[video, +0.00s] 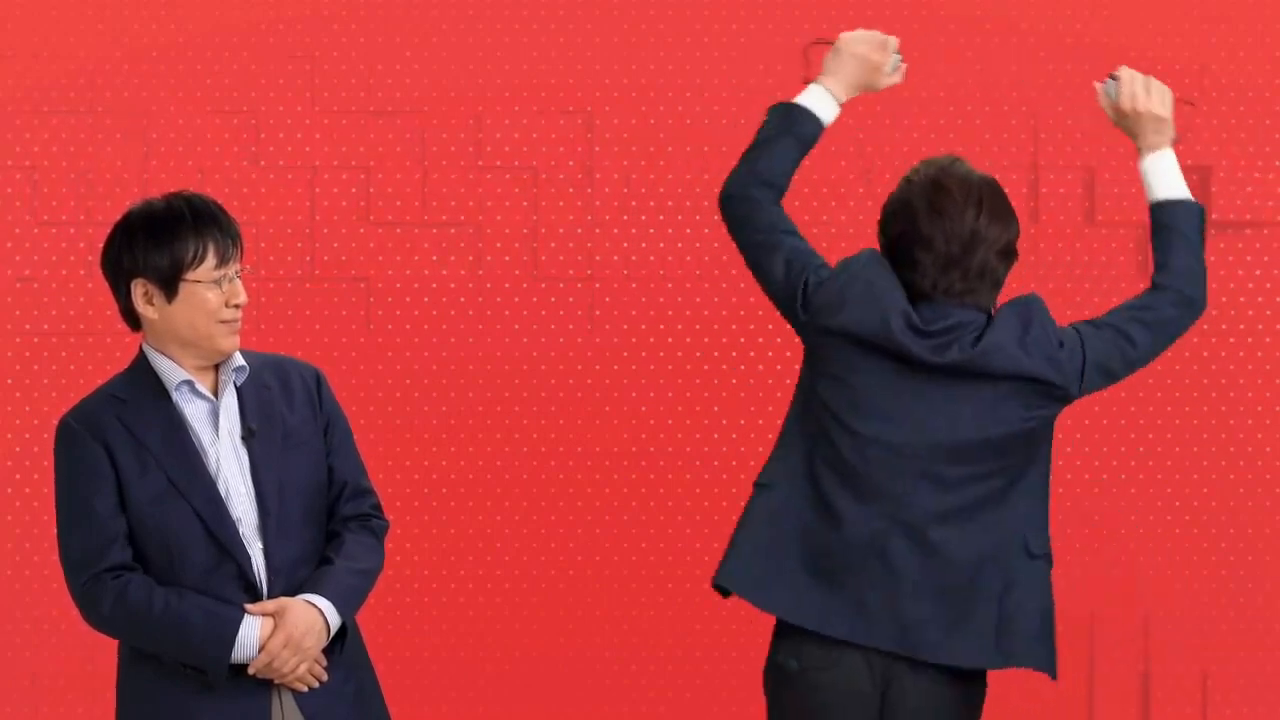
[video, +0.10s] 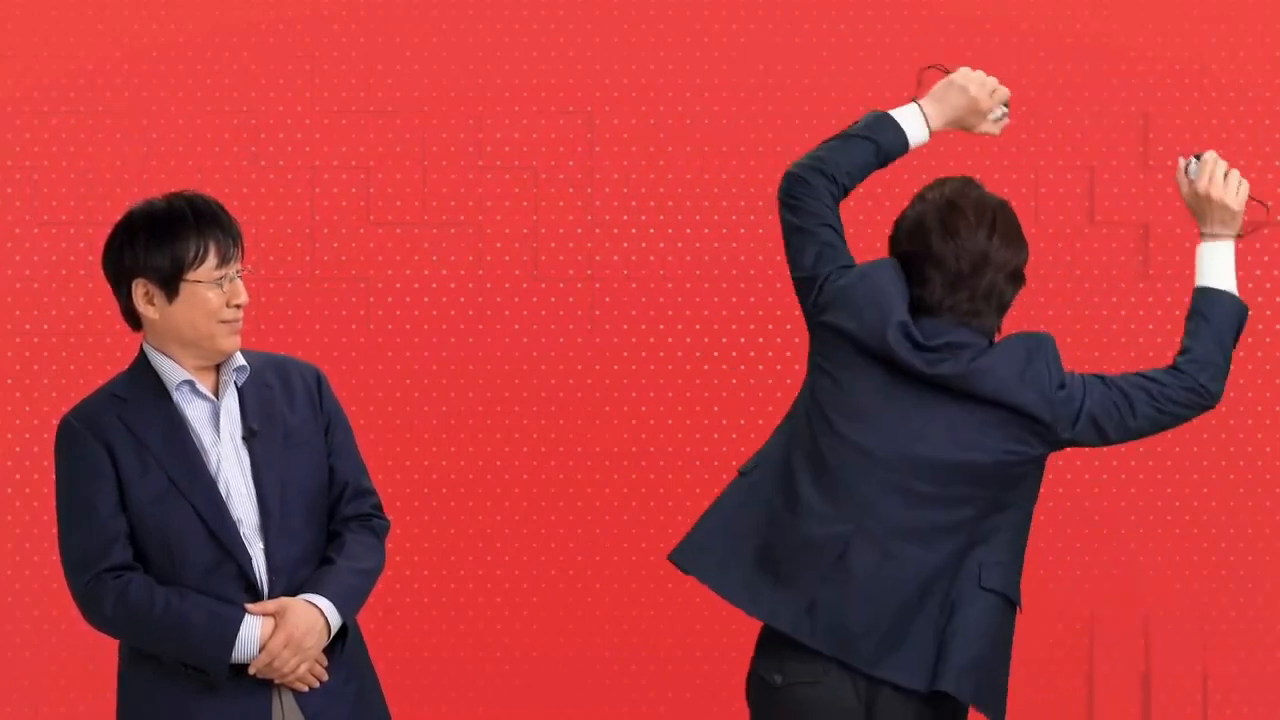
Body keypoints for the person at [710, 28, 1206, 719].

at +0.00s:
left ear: (889, 250)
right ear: (1003, 270)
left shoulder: (836, 315)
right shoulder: (1039, 362)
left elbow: (747, 199)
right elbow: (1180, 295)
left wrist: (829, 90)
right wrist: (1157, 151)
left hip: (817, 655)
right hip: (945, 670)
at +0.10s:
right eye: (1009, 275)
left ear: (900, 263)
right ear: (1007, 290)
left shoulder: (846, 323)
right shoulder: (1032, 398)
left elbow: (808, 186)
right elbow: (1197, 382)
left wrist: (929, 112)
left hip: (801, 664)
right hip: (925, 688)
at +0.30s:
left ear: (894, 250)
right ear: (1003, 273)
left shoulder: (839, 317)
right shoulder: (1036, 376)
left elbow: (767, 187)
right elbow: (1189, 322)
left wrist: (861, 91)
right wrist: (1182, 172)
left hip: (813, 662)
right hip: (940, 678)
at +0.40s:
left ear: (886, 252)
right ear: (999, 250)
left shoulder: (833, 330)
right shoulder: (1041, 336)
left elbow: (700, 249)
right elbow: (1140, 226)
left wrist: (740, 118)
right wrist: (1062, 100)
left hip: (840, 662)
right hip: (967, 664)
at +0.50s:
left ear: (875, 271)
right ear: (987, 255)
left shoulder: (834, 372)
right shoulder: (1032, 334)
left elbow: (675, 342)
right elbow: (1064, 194)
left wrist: (667, 203)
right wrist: (949, 111)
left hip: (875, 682)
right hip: (1002, 671)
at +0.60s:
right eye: (983, 248)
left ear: (872, 278)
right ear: (982, 260)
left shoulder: (841, 383)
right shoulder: (1028, 329)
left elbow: (676, 370)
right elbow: (1036, 185)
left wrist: (660, 232)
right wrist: (918, 105)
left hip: (895, 687)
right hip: (1017, 674)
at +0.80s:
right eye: (991, 244)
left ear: (880, 254)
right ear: (991, 256)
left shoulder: (837, 332)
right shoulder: (1042, 352)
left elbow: (747, 226)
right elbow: (1182, 303)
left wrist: (831, 115)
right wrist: (1176, 165)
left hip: (861, 662)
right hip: (989, 668)